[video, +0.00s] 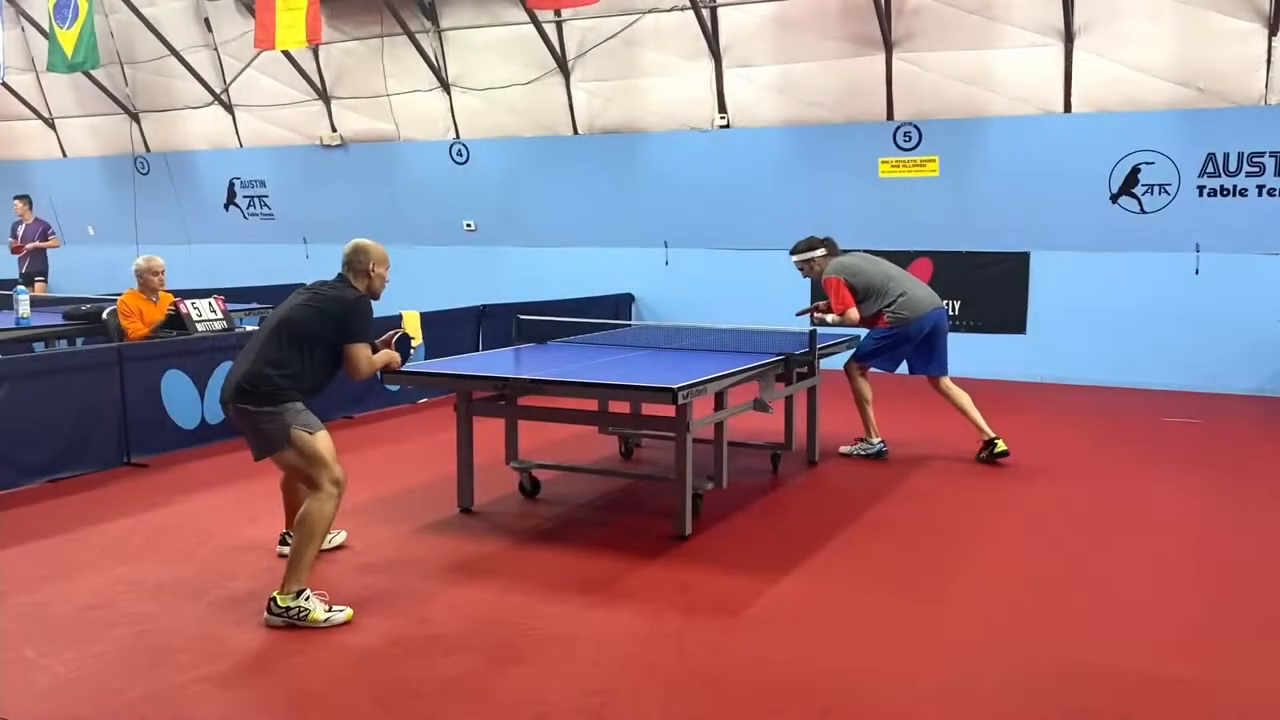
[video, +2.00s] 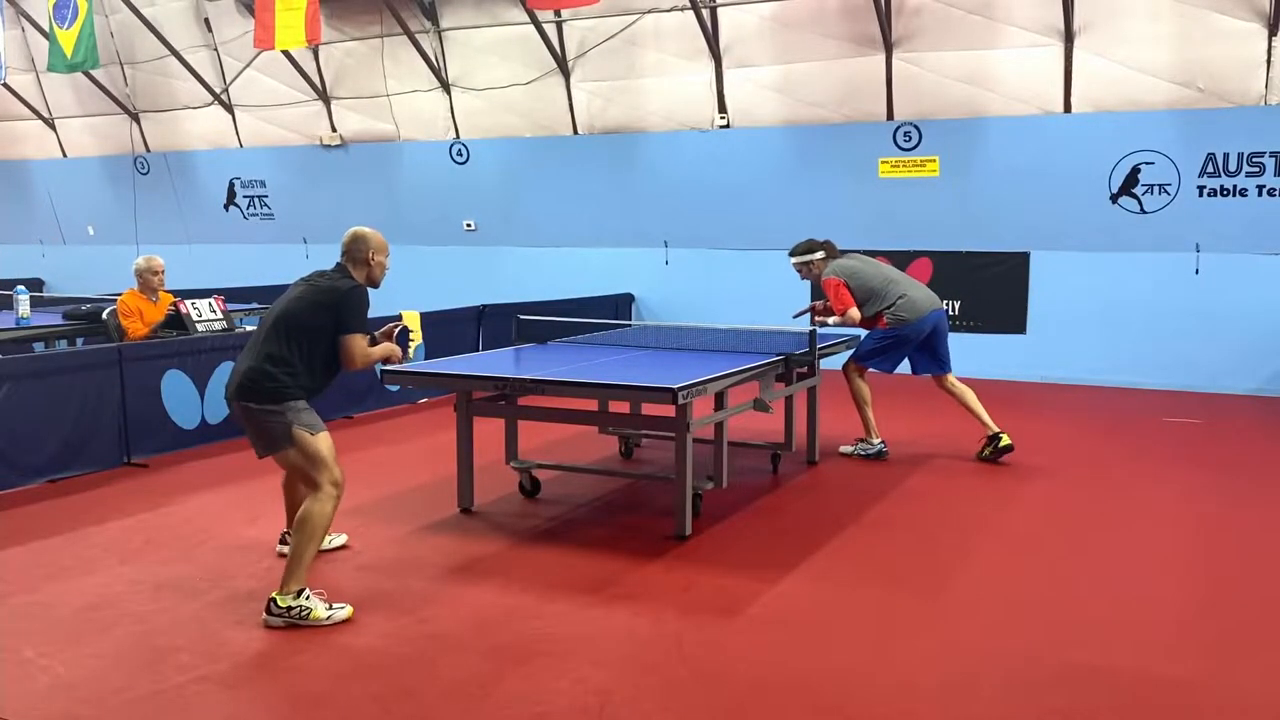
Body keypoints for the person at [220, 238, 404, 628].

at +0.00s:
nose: (387, 277)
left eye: (387, 270)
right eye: (385, 270)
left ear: (350, 270)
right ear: (370, 271)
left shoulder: (316, 291)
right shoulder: (355, 303)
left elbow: (325, 349)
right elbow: (359, 369)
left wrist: (371, 350)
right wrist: (385, 358)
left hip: (241, 392)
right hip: (268, 396)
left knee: (299, 463)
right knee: (330, 482)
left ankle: (296, 533)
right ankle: (289, 597)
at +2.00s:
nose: (388, 266)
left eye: (387, 258)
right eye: (385, 258)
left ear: (348, 257)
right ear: (370, 259)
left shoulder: (317, 281)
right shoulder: (351, 293)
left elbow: (326, 346)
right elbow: (354, 359)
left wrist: (370, 343)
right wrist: (385, 350)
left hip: (247, 389)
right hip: (274, 393)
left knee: (299, 465)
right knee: (329, 484)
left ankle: (297, 534)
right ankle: (289, 597)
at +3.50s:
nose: (389, 235)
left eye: (387, 228)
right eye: (385, 228)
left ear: (348, 230)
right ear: (370, 230)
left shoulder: (309, 259)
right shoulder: (358, 269)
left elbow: (266, 301)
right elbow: (370, 333)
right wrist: (404, 327)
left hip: (281, 385)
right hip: (308, 389)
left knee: (310, 458)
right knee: (346, 487)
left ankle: (299, 534)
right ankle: (289, 597)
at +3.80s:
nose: (388, 235)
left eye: (388, 228)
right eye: (385, 228)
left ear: (350, 226)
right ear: (369, 227)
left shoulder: (307, 256)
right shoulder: (358, 263)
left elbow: (263, 291)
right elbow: (367, 324)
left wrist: (295, 321)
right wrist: (406, 325)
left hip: (284, 379)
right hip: (321, 381)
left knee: (320, 448)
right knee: (382, 465)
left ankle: (293, 539)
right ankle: (332, 560)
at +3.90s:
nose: (390, 239)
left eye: (390, 230)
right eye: (388, 230)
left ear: (355, 222)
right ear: (378, 229)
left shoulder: (315, 257)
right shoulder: (365, 262)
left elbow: (274, 291)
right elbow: (365, 317)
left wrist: (309, 315)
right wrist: (403, 327)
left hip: (294, 380)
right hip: (336, 383)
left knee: (322, 448)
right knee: (388, 445)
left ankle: (294, 538)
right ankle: (388, 560)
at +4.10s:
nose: (408, 241)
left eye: (408, 234)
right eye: (406, 233)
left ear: (368, 230)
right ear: (388, 231)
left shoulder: (323, 262)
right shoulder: (384, 272)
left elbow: (286, 306)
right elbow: (405, 334)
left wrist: (331, 310)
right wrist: (451, 342)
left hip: (306, 383)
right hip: (355, 386)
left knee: (315, 448)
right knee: (417, 463)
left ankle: (286, 538)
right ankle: (428, 567)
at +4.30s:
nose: (419, 238)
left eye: (420, 230)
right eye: (416, 230)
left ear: (381, 224)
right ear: (396, 226)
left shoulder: (331, 250)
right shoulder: (405, 269)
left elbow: (279, 276)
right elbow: (452, 320)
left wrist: (291, 273)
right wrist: (506, 349)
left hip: (318, 380)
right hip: (371, 380)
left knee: (301, 455)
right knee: (442, 439)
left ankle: (269, 542)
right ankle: (436, 537)